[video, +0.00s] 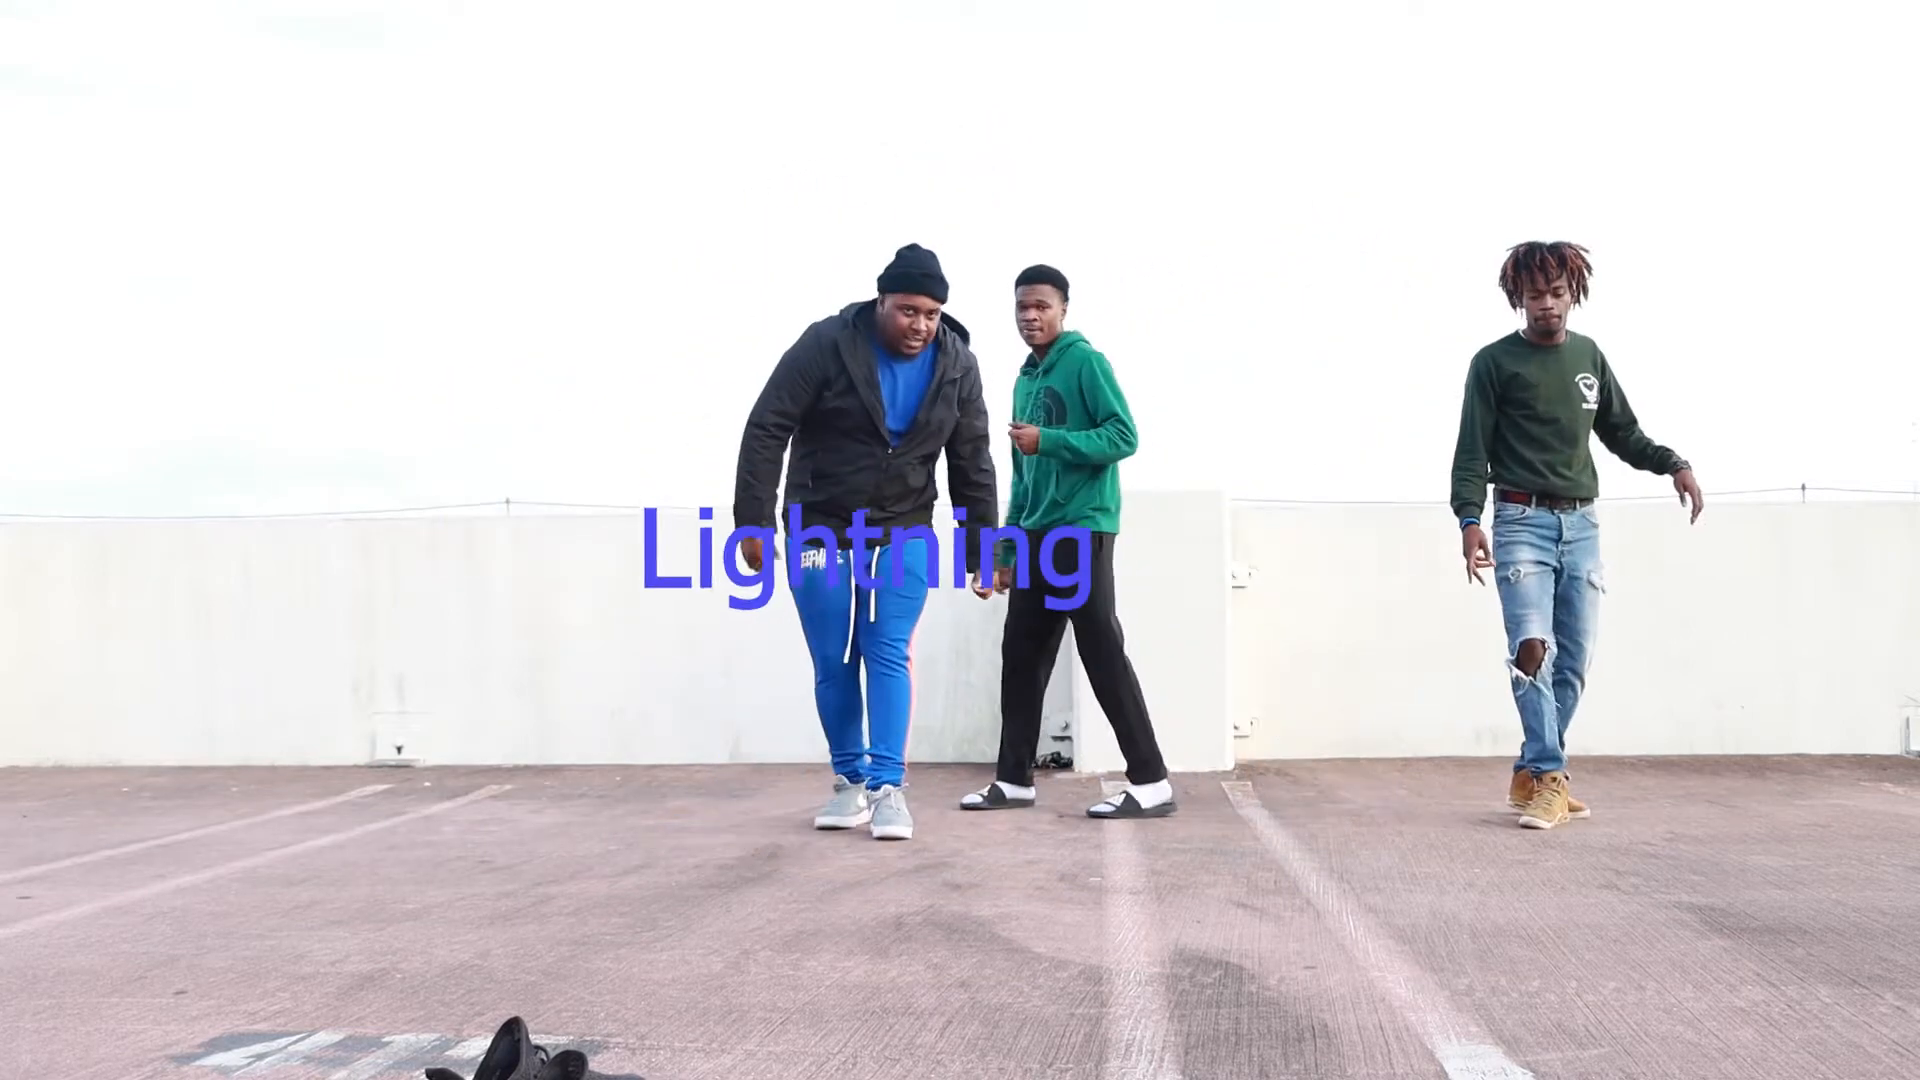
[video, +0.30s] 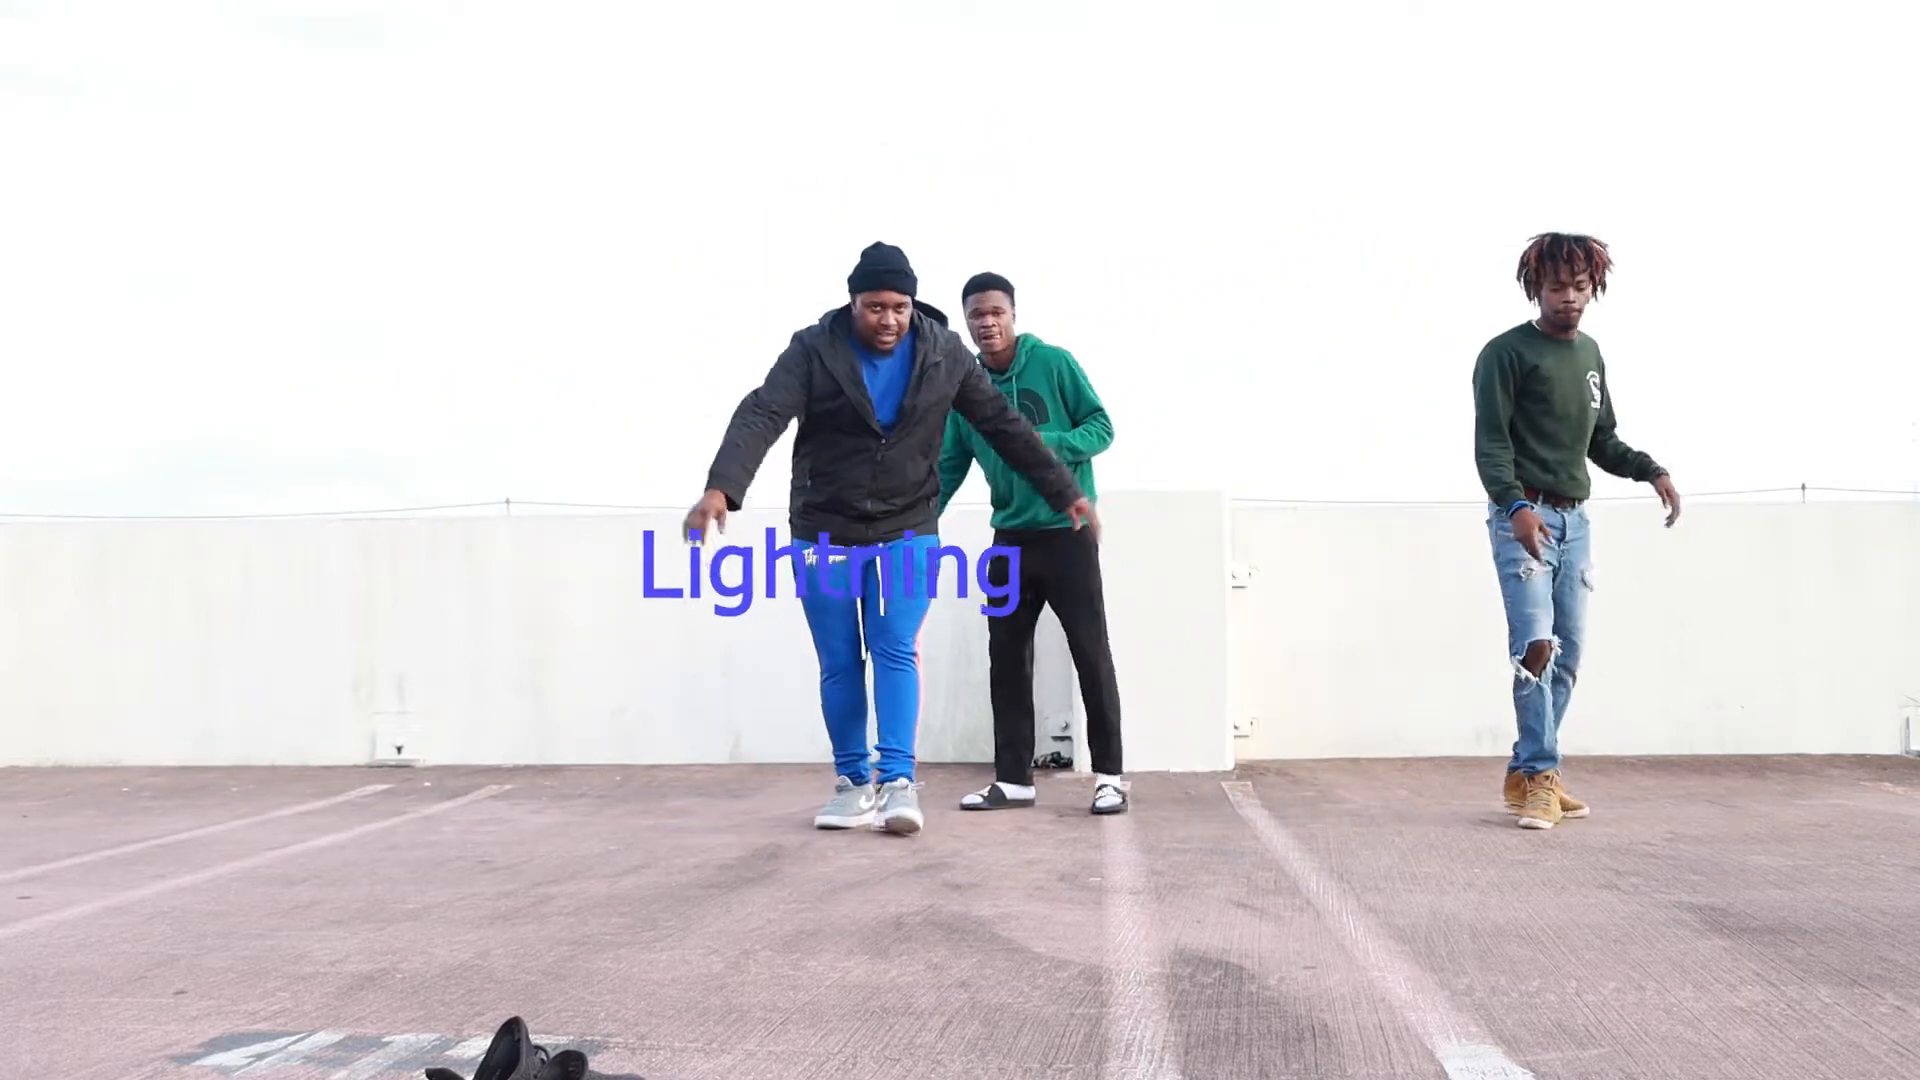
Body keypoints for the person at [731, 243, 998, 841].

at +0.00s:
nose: (921, 326)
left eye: (932, 314)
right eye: (909, 311)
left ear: (942, 311)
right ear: (880, 300)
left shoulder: (955, 360)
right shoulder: (826, 344)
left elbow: (973, 458)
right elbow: (766, 428)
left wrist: (983, 549)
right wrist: (753, 521)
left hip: (902, 521)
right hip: (820, 521)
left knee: (887, 648)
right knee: (832, 659)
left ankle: (887, 789)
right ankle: (850, 782)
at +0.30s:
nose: (887, 319)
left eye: (898, 307)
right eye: (875, 307)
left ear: (912, 303)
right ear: (852, 301)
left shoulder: (943, 352)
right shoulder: (814, 351)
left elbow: (1001, 420)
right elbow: (762, 413)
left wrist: (1065, 490)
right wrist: (722, 487)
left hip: (906, 528)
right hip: (825, 530)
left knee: (895, 649)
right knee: (839, 663)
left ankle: (896, 784)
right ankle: (852, 784)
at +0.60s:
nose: (892, 292)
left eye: (902, 281)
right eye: (879, 280)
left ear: (917, 282)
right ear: (858, 280)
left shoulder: (948, 333)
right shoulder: (819, 331)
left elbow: (1024, 366)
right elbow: (752, 363)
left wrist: (1105, 395)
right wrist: (680, 391)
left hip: (921, 525)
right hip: (835, 526)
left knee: (917, 648)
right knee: (848, 662)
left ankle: (926, 788)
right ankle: (854, 787)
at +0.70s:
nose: (900, 288)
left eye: (911, 277)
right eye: (888, 277)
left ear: (925, 282)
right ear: (866, 278)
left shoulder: (956, 333)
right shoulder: (827, 329)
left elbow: (1034, 360)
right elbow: (756, 353)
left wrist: (1118, 379)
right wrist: (681, 373)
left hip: (926, 525)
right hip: (840, 525)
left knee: (920, 653)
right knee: (852, 665)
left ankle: (924, 795)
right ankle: (854, 790)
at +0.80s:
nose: (912, 283)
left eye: (923, 273)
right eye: (900, 272)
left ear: (936, 279)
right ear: (877, 274)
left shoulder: (966, 332)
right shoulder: (836, 325)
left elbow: (1043, 354)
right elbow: (763, 346)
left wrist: (1131, 370)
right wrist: (686, 360)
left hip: (933, 522)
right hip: (846, 521)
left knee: (923, 652)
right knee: (855, 661)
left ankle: (923, 796)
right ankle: (853, 784)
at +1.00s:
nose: (926, 268)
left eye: (937, 260)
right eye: (914, 257)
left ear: (949, 269)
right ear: (891, 261)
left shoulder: (977, 322)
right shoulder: (845, 312)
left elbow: (1053, 338)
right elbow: (773, 330)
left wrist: (1143, 348)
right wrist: (697, 340)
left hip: (942, 510)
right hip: (853, 506)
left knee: (929, 654)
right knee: (848, 644)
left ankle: (924, 796)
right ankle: (859, 756)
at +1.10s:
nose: (925, 259)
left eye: (936, 252)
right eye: (914, 249)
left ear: (949, 263)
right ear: (889, 255)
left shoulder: (977, 316)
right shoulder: (845, 307)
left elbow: (1054, 330)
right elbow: (776, 325)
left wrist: (1138, 337)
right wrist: (707, 327)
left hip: (943, 506)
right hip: (854, 500)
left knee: (930, 652)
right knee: (851, 639)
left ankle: (925, 795)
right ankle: (852, 776)